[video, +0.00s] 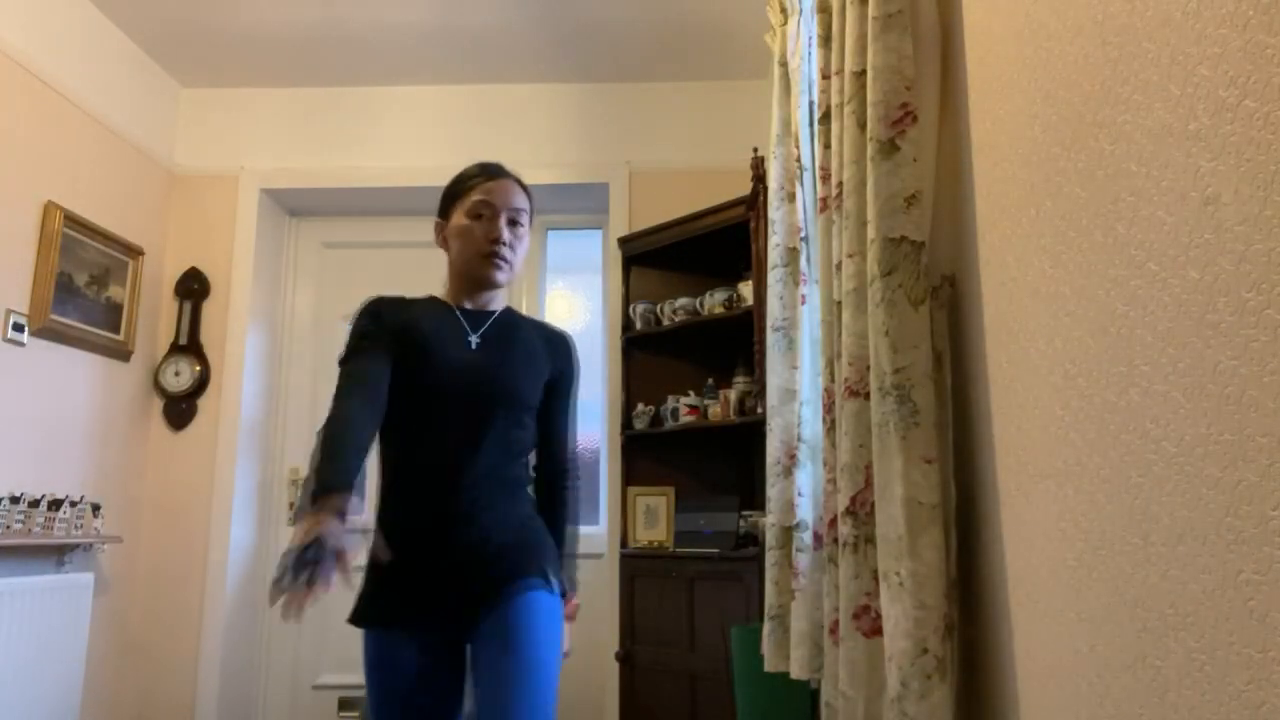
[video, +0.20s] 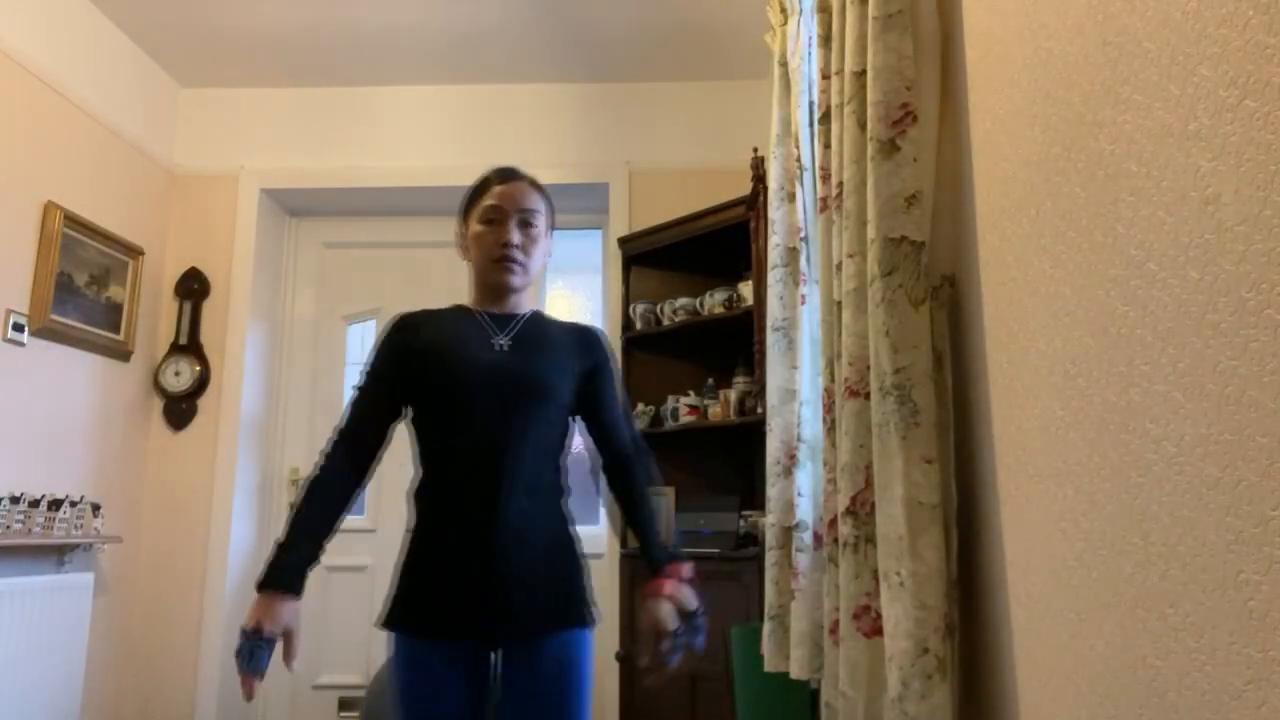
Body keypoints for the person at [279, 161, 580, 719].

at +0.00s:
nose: (501, 232)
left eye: (516, 222)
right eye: (482, 215)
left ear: (529, 244)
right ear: (442, 232)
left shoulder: (551, 348)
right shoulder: (390, 319)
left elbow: (556, 473)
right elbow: (353, 413)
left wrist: (561, 577)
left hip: (514, 575)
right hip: (408, 574)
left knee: (519, 712)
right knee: (404, 711)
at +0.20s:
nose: (511, 235)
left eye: (528, 223)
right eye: (493, 220)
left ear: (547, 246)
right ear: (463, 240)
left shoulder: (579, 349)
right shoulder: (416, 337)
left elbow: (626, 463)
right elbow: (346, 463)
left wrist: (663, 565)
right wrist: (282, 584)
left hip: (548, 608)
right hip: (437, 604)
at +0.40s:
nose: (532, 246)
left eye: (550, 231)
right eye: (516, 230)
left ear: (579, 248)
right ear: (495, 246)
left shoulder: (616, 342)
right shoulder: (458, 345)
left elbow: (675, 389)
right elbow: (395, 471)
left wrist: (702, 410)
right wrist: (328, 590)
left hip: (589, 595)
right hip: (482, 591)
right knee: (471, 712)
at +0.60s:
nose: (536, 249)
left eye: (557, 234)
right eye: (524, 232)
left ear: (593, 251)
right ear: (509, 246)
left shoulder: (621, 342)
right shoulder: (480, 350)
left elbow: (652, 347)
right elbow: (448, 477)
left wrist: (619, 305)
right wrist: (411, 599)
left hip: (595, 576)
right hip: (493, 567)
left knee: (606, 709)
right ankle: (524, 701)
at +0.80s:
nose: (540, 251)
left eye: (559, 238)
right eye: (527, 239)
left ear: (594, 257)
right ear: (512, 258)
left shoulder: (630, 352)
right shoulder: (483, 361)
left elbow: (635, 313)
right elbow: (467, 490)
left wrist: (616, 245)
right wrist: (460, 616)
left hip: (596, 596)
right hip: (498, 594)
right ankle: (559, 384)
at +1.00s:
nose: (542, 240)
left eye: (562, 223)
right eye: (528, 226)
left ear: (600, 245)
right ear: (514, 245)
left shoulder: (626, 331)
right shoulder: (482, 342)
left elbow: (655, 338)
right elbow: (457, 475)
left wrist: (683, 334)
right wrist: (433, 600)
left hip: (603, 559)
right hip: (502, 549)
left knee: (608, 708)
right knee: (514, 680)